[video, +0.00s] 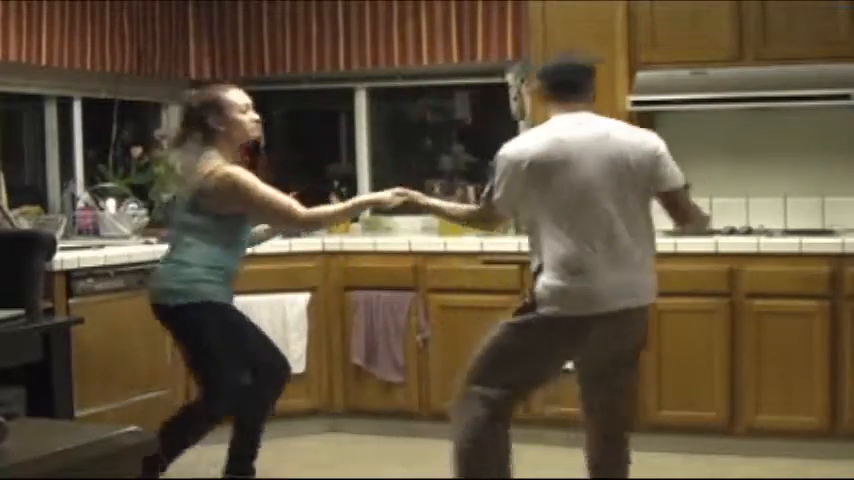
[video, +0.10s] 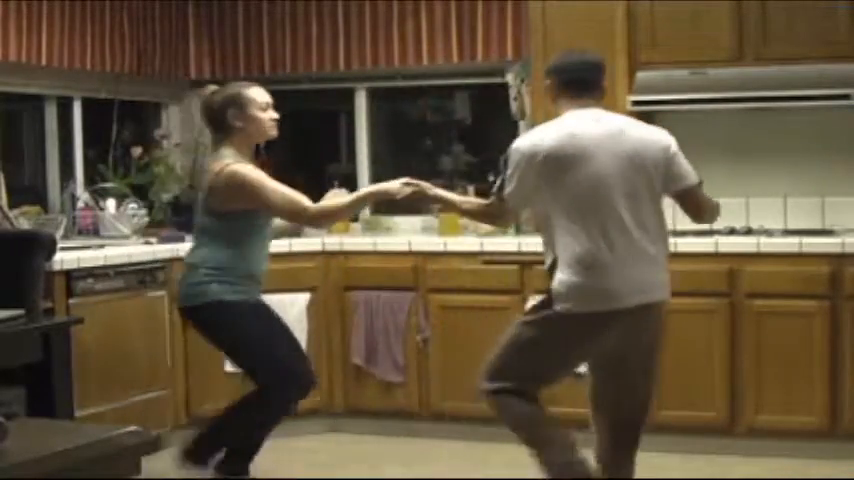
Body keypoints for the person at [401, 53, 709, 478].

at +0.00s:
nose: (529, 104)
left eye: (531, 96)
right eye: (531, 96)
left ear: (542, 96)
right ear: (589, 94)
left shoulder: (522, 152)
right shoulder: (642, 143)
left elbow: (487, 217)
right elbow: (687, 216)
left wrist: (418, 200)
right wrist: (704, 221)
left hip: (563, 309)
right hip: (630, 307)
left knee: (483, 397)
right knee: (610, 433)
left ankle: (485, 475)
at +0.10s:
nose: (546, 95)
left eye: (546, 90)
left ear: (552, 90)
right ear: (603, 89)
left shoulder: (536, 146)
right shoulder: (653, 140)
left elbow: (497, 213)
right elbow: (703, 211)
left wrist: (430, 193)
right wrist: (703, 198)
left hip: (580, 302)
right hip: (647, 300)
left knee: (505, 386)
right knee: (620, 439)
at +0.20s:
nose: (545, 97)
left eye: (546, 91)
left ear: (553, 92)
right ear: (603, 89)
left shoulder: (541, 142)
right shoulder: (653, 139)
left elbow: (505, 216)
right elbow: (699, 209)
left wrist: (445, 198)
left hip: (588, 306)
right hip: (653, 301)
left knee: (520, 402)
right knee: (622, 435)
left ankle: (602, 470)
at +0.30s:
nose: (538, 96)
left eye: (539, 89)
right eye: (539, 90)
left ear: (547, 89)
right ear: (596, 87)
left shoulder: (541, 138)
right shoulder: (643, 138)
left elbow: (521, 219)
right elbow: (681, 211)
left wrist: (462, 206)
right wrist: (634, 196)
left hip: (591, 305)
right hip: (651, 299)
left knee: (546, 417)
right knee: (621, 426)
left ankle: (599, 471)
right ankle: (619, 476)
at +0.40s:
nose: (523, 96)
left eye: (525, 88)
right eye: (524, 89)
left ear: (536, 86)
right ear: (583, 87)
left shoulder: (535, 128)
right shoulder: (627, 133)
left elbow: (522, 218)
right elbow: (661, 210)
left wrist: (477, 204)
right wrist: (602, 213)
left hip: (588, 300)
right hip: (641, 293)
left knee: (577, 424)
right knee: (620, 414)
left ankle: (598, 473)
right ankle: (617, 471)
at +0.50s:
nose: (515, 96)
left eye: (516, 87)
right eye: (515, 88)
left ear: (528, 86)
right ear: (571, 86)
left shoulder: (524, 126)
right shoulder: (614, 133)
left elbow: (516, 214)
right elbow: (643, 214)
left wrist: (488, 203)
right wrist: (585, 213)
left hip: (582, 300)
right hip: (632, 293)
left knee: (587, 425)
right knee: (600, 419)